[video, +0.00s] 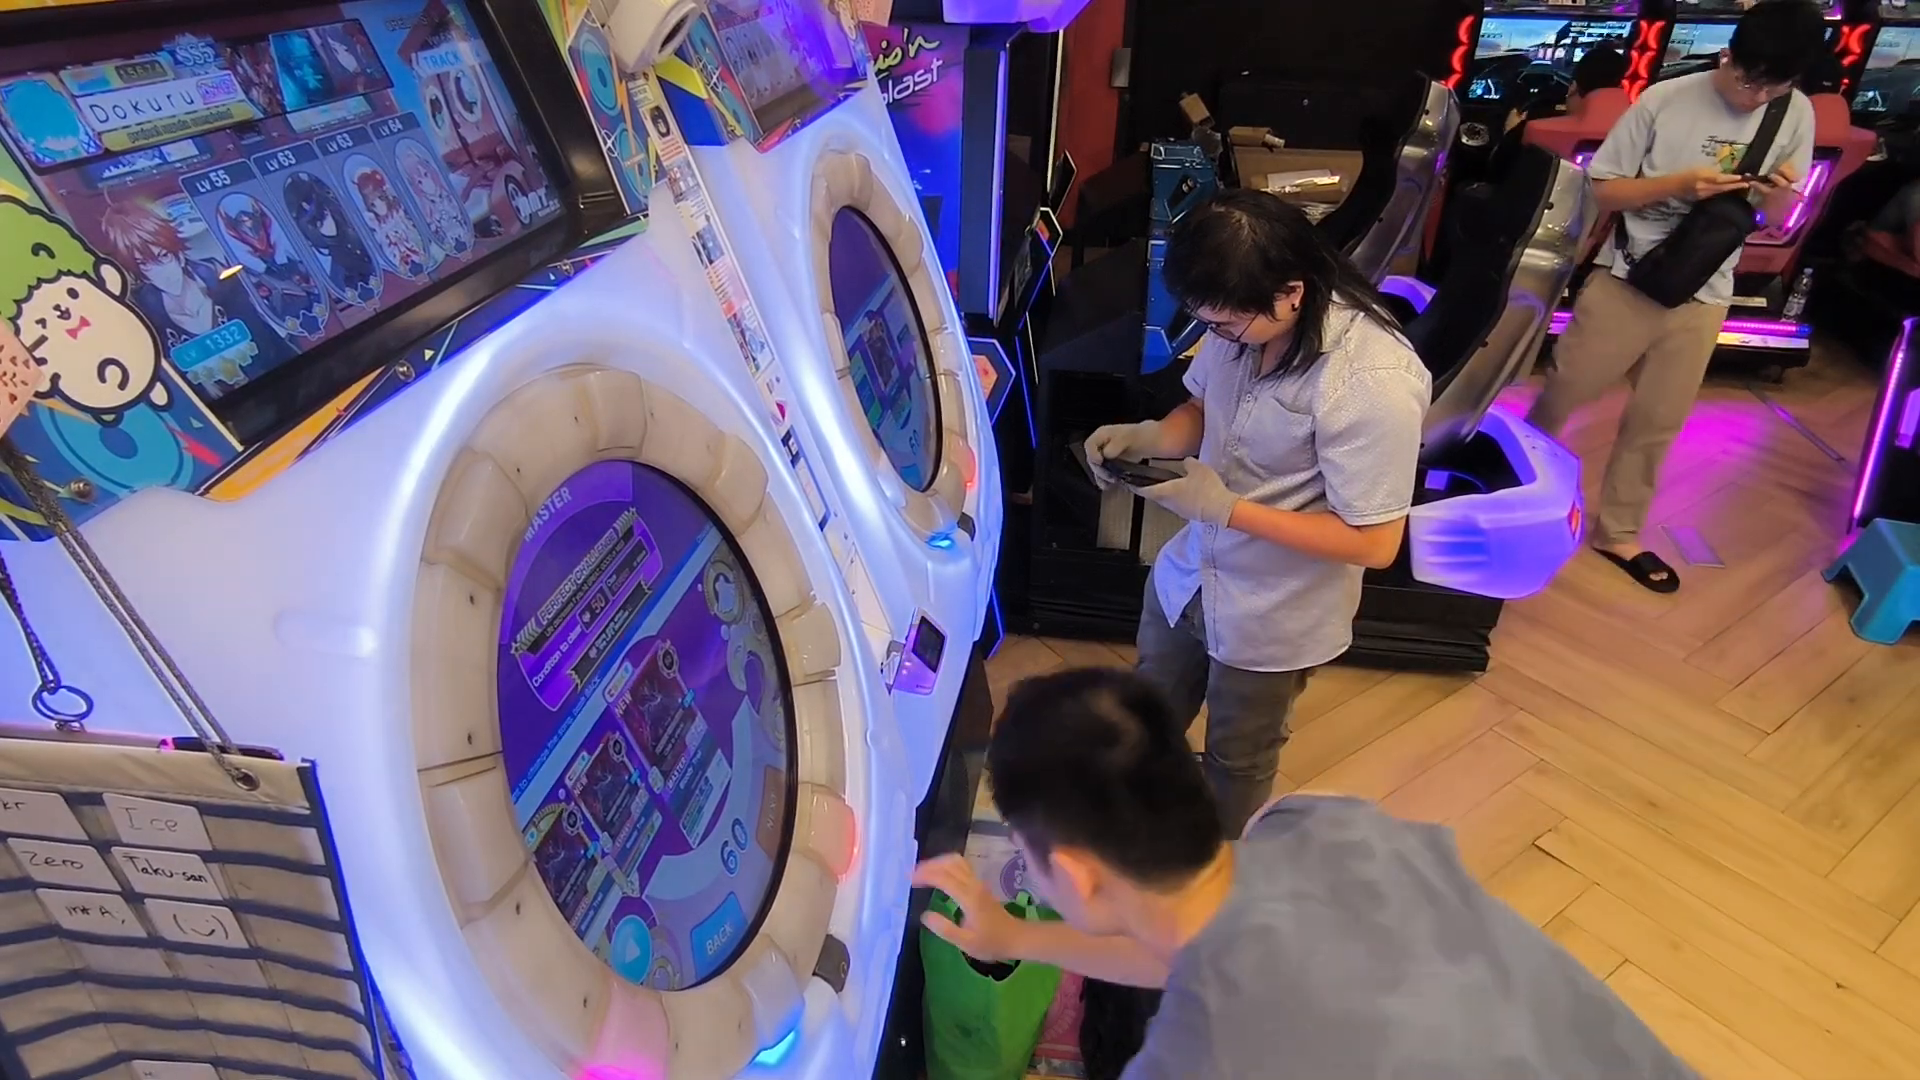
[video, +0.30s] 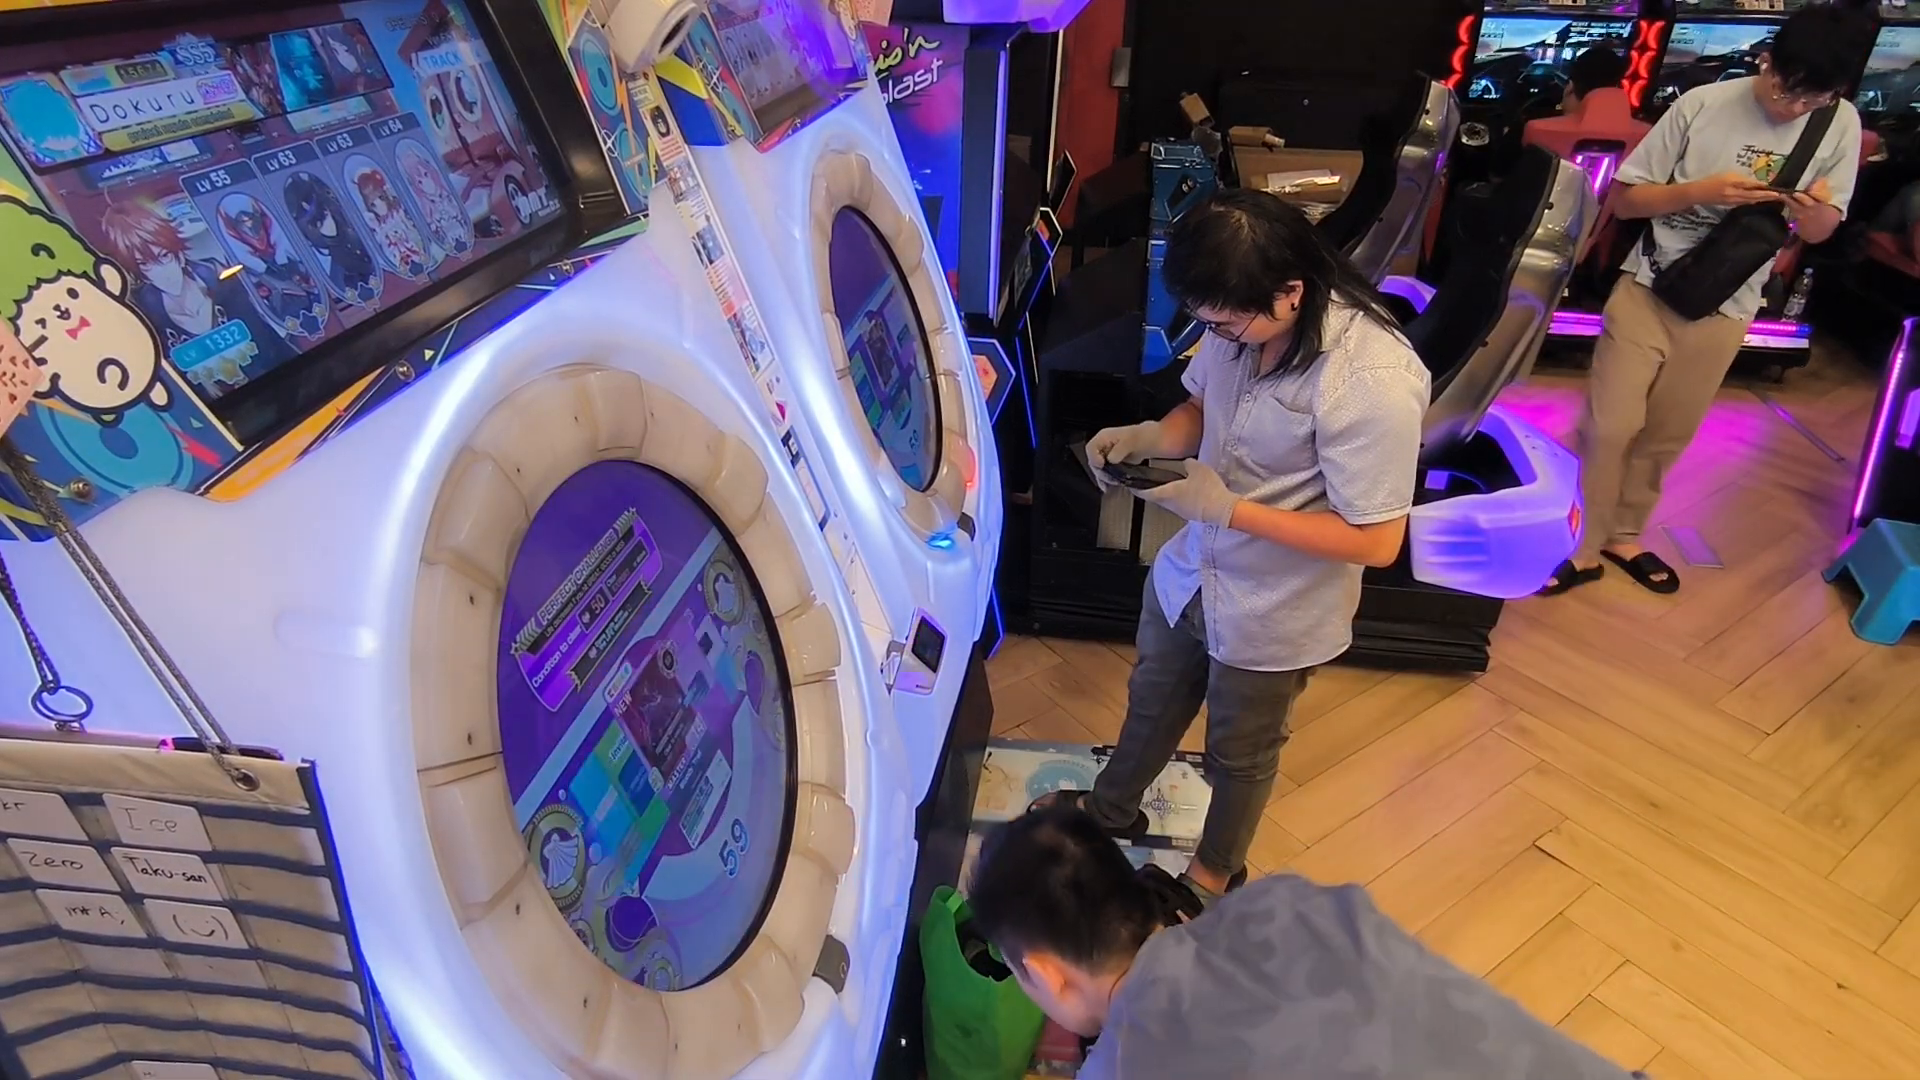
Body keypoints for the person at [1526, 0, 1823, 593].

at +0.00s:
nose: (1757, 98)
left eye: (1773, 89)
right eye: (1751, 83)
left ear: (1792, 79)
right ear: (1729, 57)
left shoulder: (1794, 115)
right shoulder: (1662, 101)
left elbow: (1779, 219)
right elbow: (1604, 191)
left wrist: (1779, 197)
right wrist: (1681, 185)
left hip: (1703, 300)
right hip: (1625, 282)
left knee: (1656, 425)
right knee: (1564, 395)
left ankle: (1618, 535)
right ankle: (1503, 488)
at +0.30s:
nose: (1788, 102)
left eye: (1807, 95)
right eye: (1783, 84)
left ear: (1833, 88)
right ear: (1765, 58)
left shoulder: (1839, 126)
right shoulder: (1701, 105)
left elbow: (1820, 229)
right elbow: (1622, 200)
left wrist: (1815, 212)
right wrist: (1701, 192)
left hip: (1724, 313)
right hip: (1646, 288)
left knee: (1667, 436)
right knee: (1609, 426)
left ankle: (1622, 541)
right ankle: (1582, 552)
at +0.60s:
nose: (1785, 116)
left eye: (1803, 107)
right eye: (1782, 101)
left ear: (1826, 97)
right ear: (1758, 79)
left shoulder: (1834, 130)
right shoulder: (1689, 128)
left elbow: (1832, 237)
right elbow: (1621, 233)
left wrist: (1817, 225)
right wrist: (1695, 215)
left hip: (1739, 341)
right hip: (1659, 320)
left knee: (1671, 464)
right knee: (1627, 469)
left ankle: (1623, 545)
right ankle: (1589, 598)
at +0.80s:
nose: (1766, 115)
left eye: (1782, 103)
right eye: (1757, 98)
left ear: (1806, 93)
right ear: (1731, 74)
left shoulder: (1827, 129)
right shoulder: (1672, 134)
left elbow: (1831, 236)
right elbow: (1613, 243)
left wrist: (1816, 217)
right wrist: (1691, 217)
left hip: (1741, 343)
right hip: (1655, 325)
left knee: (1688, 462)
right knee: (1623, 467)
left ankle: (1627, 536)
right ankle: (1587, 595)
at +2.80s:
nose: (1713, 162)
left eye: (1733, 150)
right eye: (1702, 143)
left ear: (1786, 125)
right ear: (1690, 115)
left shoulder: (1847, 192)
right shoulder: (1665, 170)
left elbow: (1853, 330)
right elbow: (1588, 293)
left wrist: (1765, 287)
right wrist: (1617, 277)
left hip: (1705, 437)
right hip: (1603, 404)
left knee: (1687, 583)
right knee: (1561, 567)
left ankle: (1670, 683)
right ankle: (1537, 703)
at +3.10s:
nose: (1660, 160)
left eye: (1676, 147)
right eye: (1650, 143)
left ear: (1731, 122)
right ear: (1641, 121)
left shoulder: (1802, 192)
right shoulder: (1629, 168)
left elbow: (1806, 331)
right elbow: (1557, 282)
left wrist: (1706, 287)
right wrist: (1569, 274)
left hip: (1658, 442)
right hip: (1569, 410)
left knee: (1600, 600)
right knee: (1541, 576)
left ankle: (1585, 737)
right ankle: (1536, 713)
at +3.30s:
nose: (1641, 167)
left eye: (1659, 152)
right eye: (1633, 151)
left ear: (1720, 122)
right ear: (1624, 128)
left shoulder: (1790, 198)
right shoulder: (1632, 172)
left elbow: (1791, 343)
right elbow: (1564, 283)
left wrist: (1680, 291)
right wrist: (1559, 270)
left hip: (1638, 449)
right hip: (1559, 412)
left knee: (1562, 608)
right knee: (1520, 571)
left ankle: (1530, 727)